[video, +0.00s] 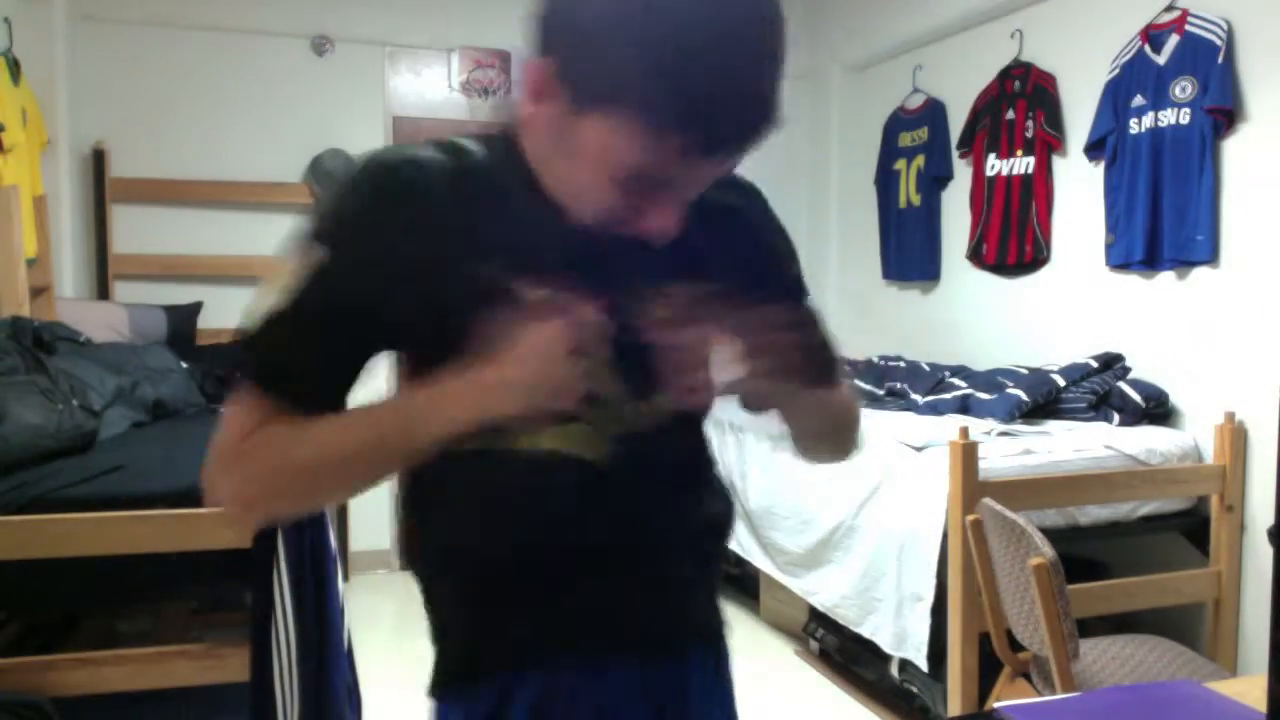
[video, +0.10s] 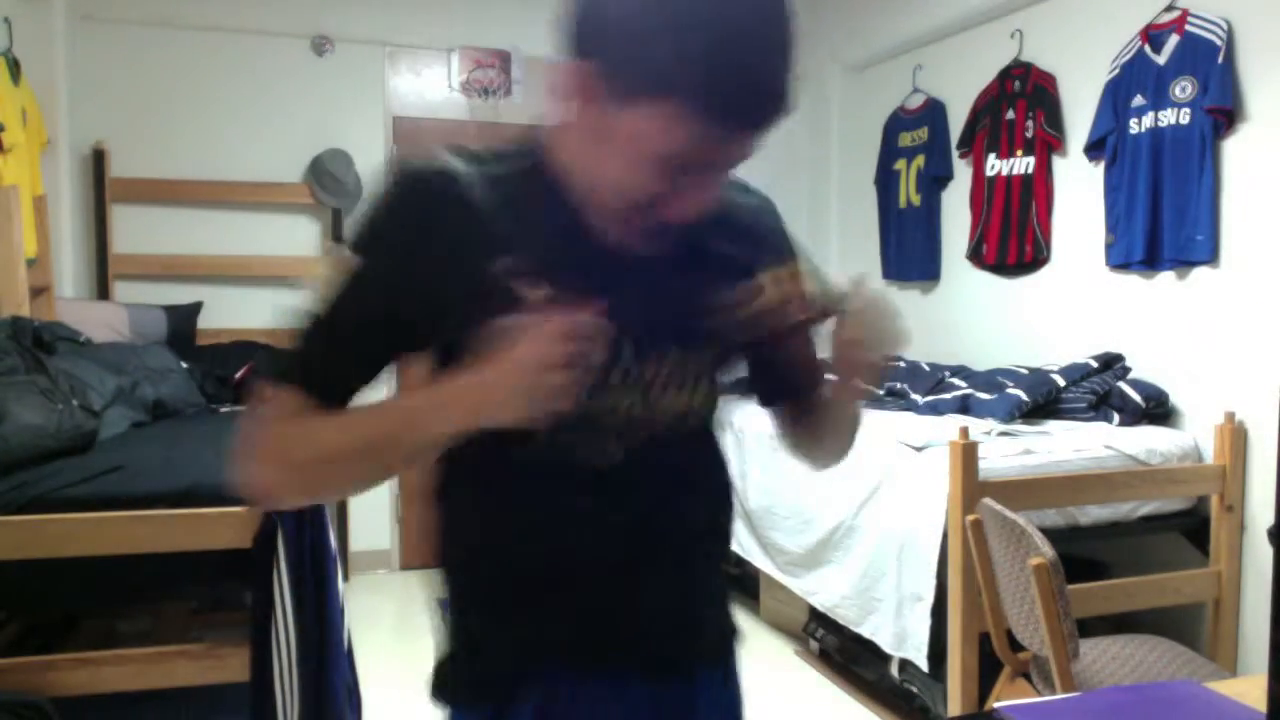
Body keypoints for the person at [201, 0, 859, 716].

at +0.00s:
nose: (666, 226)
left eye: (700, 192)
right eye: (640, 185)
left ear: (726, 151)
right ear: (540, 95)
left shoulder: (727, 218)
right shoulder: (411, 206)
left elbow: (836, 436)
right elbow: (242, 480)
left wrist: (774, 378)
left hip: (681, 667)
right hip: (501, 678)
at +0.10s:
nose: (697, 205)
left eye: (724, 170)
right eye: (675, 164)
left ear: (748, 145)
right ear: (578, 93)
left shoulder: (739, 234)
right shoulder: (448, 217)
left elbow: (817, 443)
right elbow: (267, 460)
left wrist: (843, 381)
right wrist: (479, 394)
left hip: (687, 673)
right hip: (515, 678)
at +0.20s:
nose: (795, 178)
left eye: (802, 147)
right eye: (778, 144)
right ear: (685, 105)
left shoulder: (765, 250)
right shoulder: (518, 235)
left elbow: (861, 428)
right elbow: (330, 419)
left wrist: (826, 394)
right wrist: (472, 404)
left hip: (717, 672)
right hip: (562, 678)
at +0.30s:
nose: (830, 174)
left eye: (836, 143)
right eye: (822, 140)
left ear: (758, 118)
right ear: (747, 115)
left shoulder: (777, 258)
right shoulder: (555, 243)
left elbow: (841, 401)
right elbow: (358, 364)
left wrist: (918, 419)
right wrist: (498, 408)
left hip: (742, 676)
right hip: (600, 682)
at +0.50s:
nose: (845, 110)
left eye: (843, 90)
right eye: (837, 89)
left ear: (788, 88)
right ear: (800, 84)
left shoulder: (768, 208)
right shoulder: (728, 224)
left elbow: (762, 342)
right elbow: (696, 408)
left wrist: (814, 256)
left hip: (771, 529)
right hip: (724, 539)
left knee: (786, 701)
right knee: (738, 704)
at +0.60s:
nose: (859, 72)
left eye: (857, 53)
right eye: (856, 51)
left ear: (755, 55)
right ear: (827, 49)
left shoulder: (694, 163)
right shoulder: (847, 163)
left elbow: (651, 329)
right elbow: (868, 347)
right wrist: (808, 311)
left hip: (689, 476)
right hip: (789, 480)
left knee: (715, 669)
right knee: (801, 684)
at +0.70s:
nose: (834, 105)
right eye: (834, 90)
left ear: (746, 100)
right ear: (829, 97)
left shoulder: (689, 206)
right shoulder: (868, 217)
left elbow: (641, 352)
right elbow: (904, 374)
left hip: (699, 496)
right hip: (809, 499)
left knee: (691, 674)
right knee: (828, 692)